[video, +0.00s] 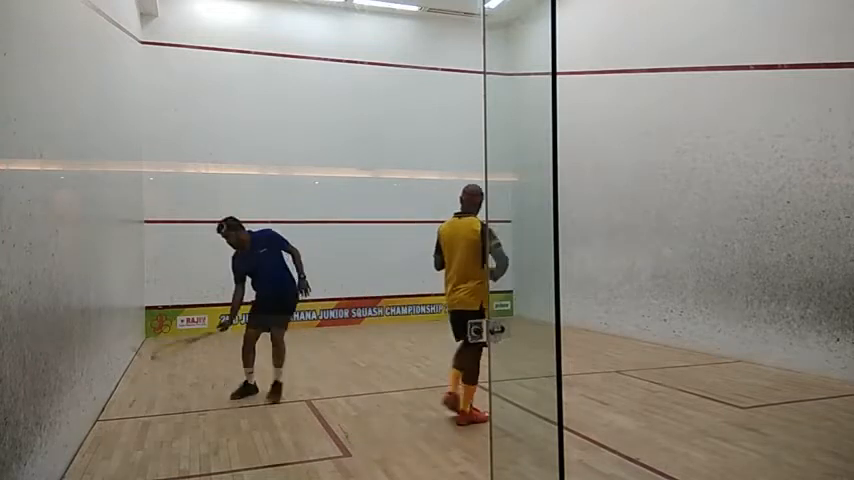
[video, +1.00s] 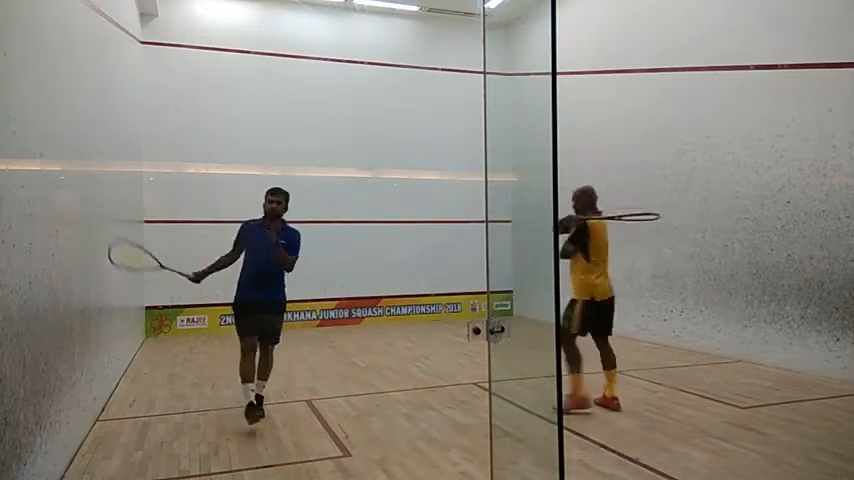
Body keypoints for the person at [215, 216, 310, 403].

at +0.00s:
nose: (228, 242)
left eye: (228, 236)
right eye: (225, 238)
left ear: (239, 231)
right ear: (230, 236)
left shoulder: (268, 237)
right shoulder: (238, 260)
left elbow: (294, 252)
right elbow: (239, 291)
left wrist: (302, 277)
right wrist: (230, 319)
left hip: (285, 293)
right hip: (263, 297)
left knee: (277, 337)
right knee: (249, 338)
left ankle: (277, 383)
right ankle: (249, 383)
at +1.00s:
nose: (273, 206)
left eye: (278, 203)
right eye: (270, 202)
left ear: (286, 208)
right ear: (264, 204)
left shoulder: (291, 235)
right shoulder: (249, 229)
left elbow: (289, 266)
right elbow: (232, 256)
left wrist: (275, 242)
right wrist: (204, 272)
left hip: (273, 300)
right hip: (246, 298)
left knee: (266, 349)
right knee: (248, 348)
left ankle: (259, 397)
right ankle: (249, 402)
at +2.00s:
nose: (353, 209)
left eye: (353, 205)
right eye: (350, 205)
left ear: (340, 207)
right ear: (337, 207)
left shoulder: (342, 232)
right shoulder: (317, 233)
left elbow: (350, 256)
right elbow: (310, 262)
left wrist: (381, 259)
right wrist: (316, 241)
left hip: (332, 304)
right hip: (316, 306)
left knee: (350, 347)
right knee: (306, 358)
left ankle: (355, 406)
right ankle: (275, 411)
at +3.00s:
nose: (459, 205)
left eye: (457, 201)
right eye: (459, 202)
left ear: (437, 202)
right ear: (457, 204)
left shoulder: (422, 223)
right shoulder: (463, 234)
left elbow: (419, 259)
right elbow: (472, 268)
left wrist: (414, 290)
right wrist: (482, 287)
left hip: (424, 296)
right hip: (451, 298)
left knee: (424, 346)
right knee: (450, 348)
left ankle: (437, 388)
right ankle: (445, 395)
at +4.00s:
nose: (557, 216)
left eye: (556, 211)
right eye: (557, 212)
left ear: (537, 209)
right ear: (556, 212)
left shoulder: (515, 229)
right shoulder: (554, 237)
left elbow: (491, 254)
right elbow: (565, 272)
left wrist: (480, 282)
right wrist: (604, 283)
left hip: (509, 303)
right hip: (539, 305)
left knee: (509, 349)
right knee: (560, 351)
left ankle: (507, 404)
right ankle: (580, 404)